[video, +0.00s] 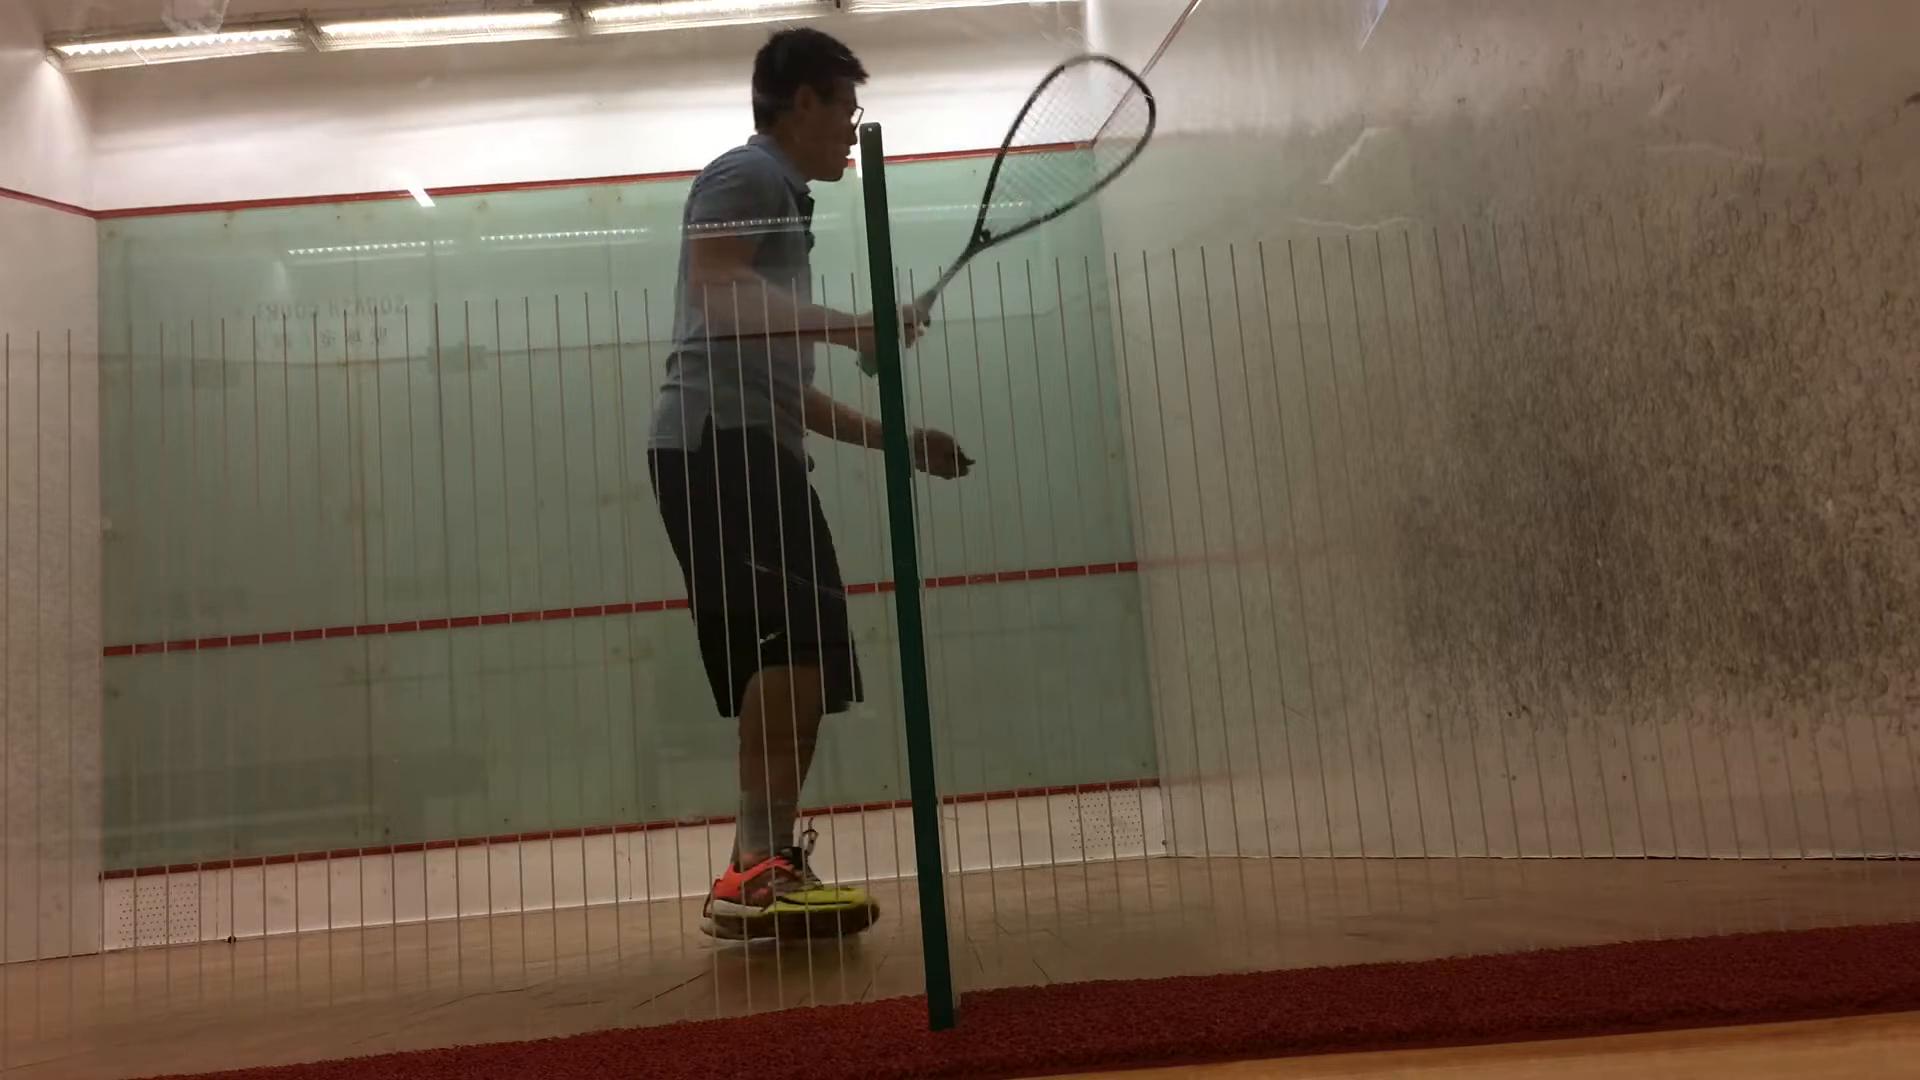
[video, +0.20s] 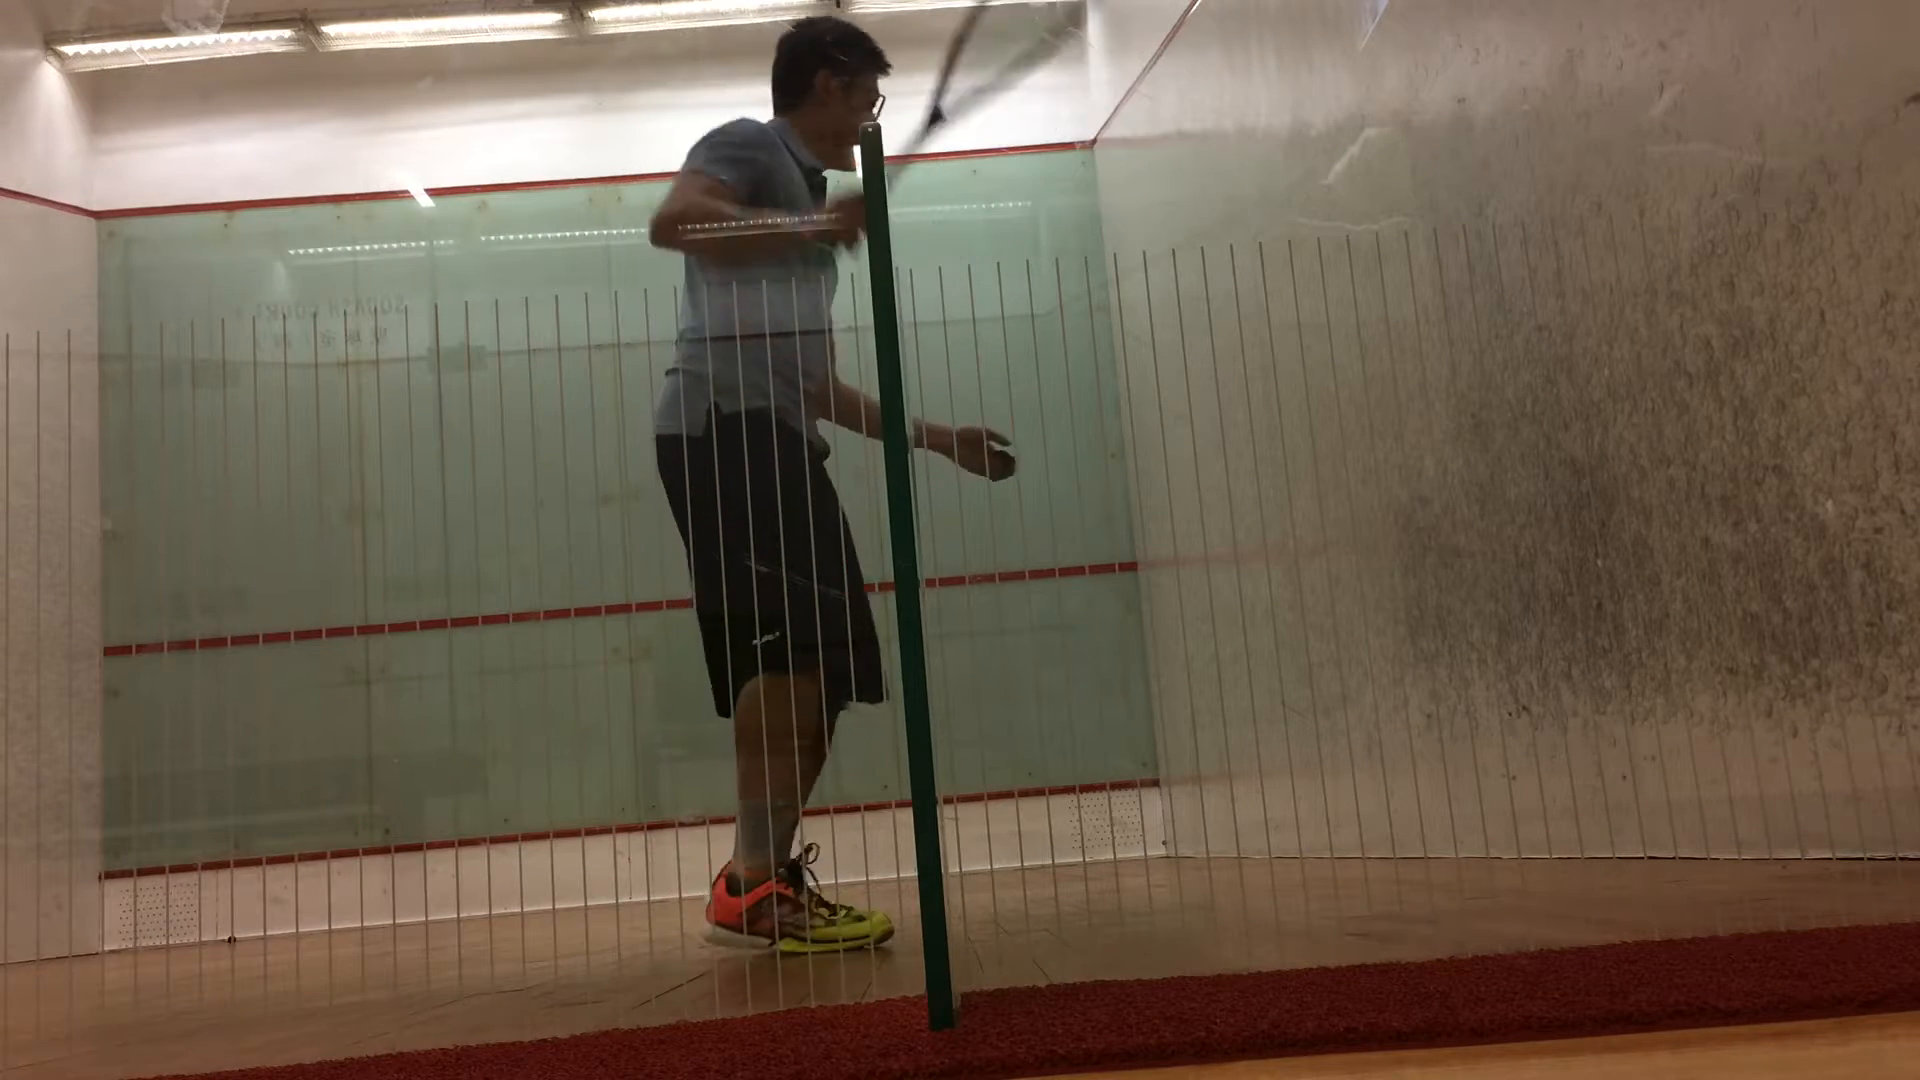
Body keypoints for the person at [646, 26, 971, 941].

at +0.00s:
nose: (856, 127)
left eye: (855, 109)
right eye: (845, 108)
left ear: (800, 110)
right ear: (798, 105)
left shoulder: (783, 213)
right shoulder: (745, 174)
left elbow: (784, 392)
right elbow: (717, 293)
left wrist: (896, 440)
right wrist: (850, 327)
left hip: (757, 448)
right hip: (718, 443)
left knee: (806, 650)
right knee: (787, 641)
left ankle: (774, 865)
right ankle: (754, 867)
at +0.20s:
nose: (873, 115)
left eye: (876, 98)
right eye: (866, 94)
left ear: (825, 87)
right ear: (822, 83)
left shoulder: (810, 201)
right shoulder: (749, 146)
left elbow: (809, 381)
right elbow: (673, 221)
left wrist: (937, 436)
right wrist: (809, 226)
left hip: (778, 436)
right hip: (723, 428)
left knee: (829, 649)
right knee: (783, 643)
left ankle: (772, 876)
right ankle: (749, 879)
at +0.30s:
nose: (875, 119)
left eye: (881, 102)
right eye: (867, 97)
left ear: (835, 88)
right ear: (813, 77)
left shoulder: (810, 201)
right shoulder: (744, 130)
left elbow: (835, 383)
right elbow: (636, 183)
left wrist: (966, 432)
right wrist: (742, 139)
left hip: (781, 428)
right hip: (719, 419)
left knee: (839, 652)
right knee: (778, 648)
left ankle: (785, 879)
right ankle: (749, 887)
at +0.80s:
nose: (921, 158)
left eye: (923, 141)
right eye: (916, 138)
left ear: (871, 131)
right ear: (871, 128)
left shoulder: (820, 213)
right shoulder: (774, 160)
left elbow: (816, 372)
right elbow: (678, 235)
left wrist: (954, 368)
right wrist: (788, 167)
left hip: (761, 433)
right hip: (715, 428)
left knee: (855, 652)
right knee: (841, 649)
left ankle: (775, 876)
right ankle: (756, 882)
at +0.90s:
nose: (917, 159)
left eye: (921, 141)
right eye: (912, 137)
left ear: (859, 130)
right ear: (870, 127)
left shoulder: (817, 219)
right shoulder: (807, 173)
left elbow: (781, 368)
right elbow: (735, 261)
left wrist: (885, 358)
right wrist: (841, 291)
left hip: (717, 443)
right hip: (728, 435)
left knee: (807, 664)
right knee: (849, 654)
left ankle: (756, 879)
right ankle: (766, 883)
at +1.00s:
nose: (908, 163)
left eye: (914, 147)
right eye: (907, 142)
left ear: (829, 123)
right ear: (871, 127)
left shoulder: (748, 193)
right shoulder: (826, 191)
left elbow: (769, 341)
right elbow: (811, 329)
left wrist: (878, 397)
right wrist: (904, 406)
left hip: (680, 445)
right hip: (744, 441)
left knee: (764, 662)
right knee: (828, 652)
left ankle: (754, 873)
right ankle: (773, 873)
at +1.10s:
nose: (899, 156)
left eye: (905, 137)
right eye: (900, 136)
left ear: (816, 112)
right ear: (870, 125)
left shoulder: (710, 184)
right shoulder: (842, 202)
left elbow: (633, 293)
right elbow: (844, 377)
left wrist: (705, 368)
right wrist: (905, 494)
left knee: (740, 666)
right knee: (811, 645)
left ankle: (748, 872)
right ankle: (763, 838)